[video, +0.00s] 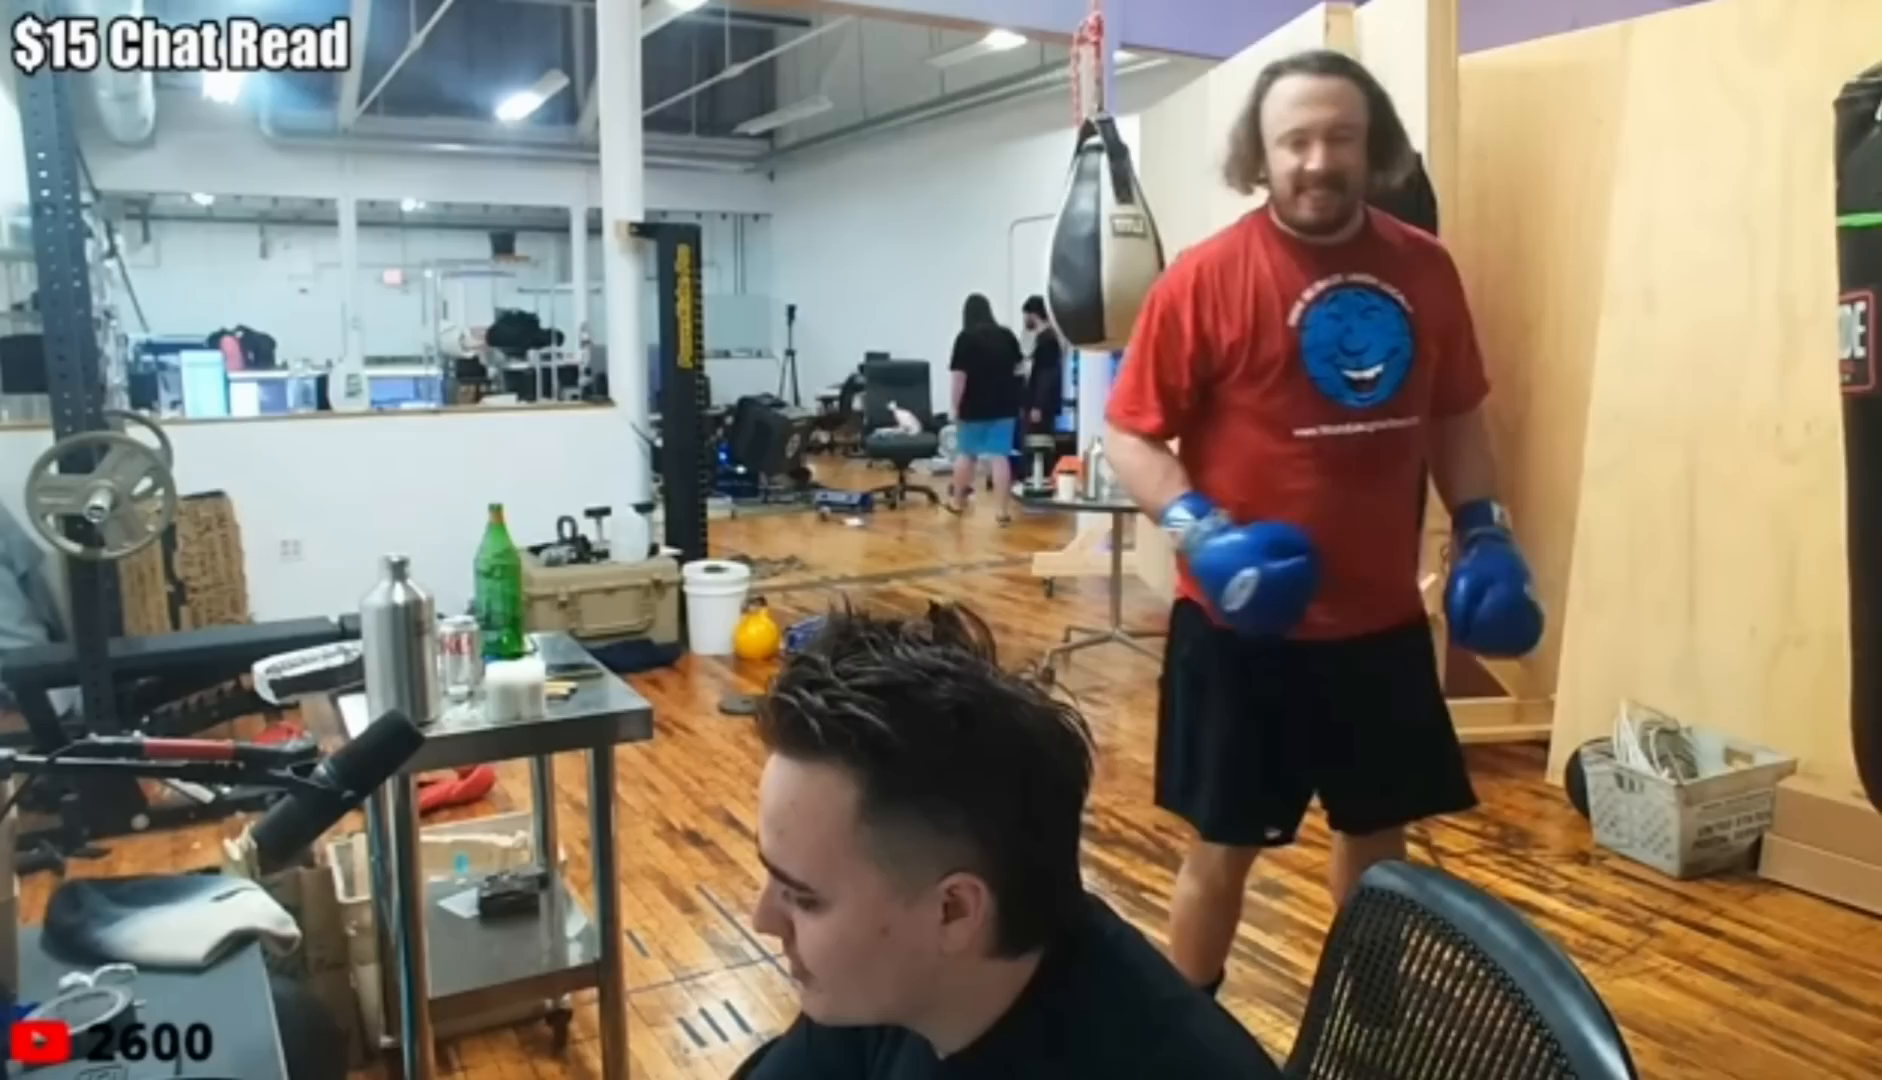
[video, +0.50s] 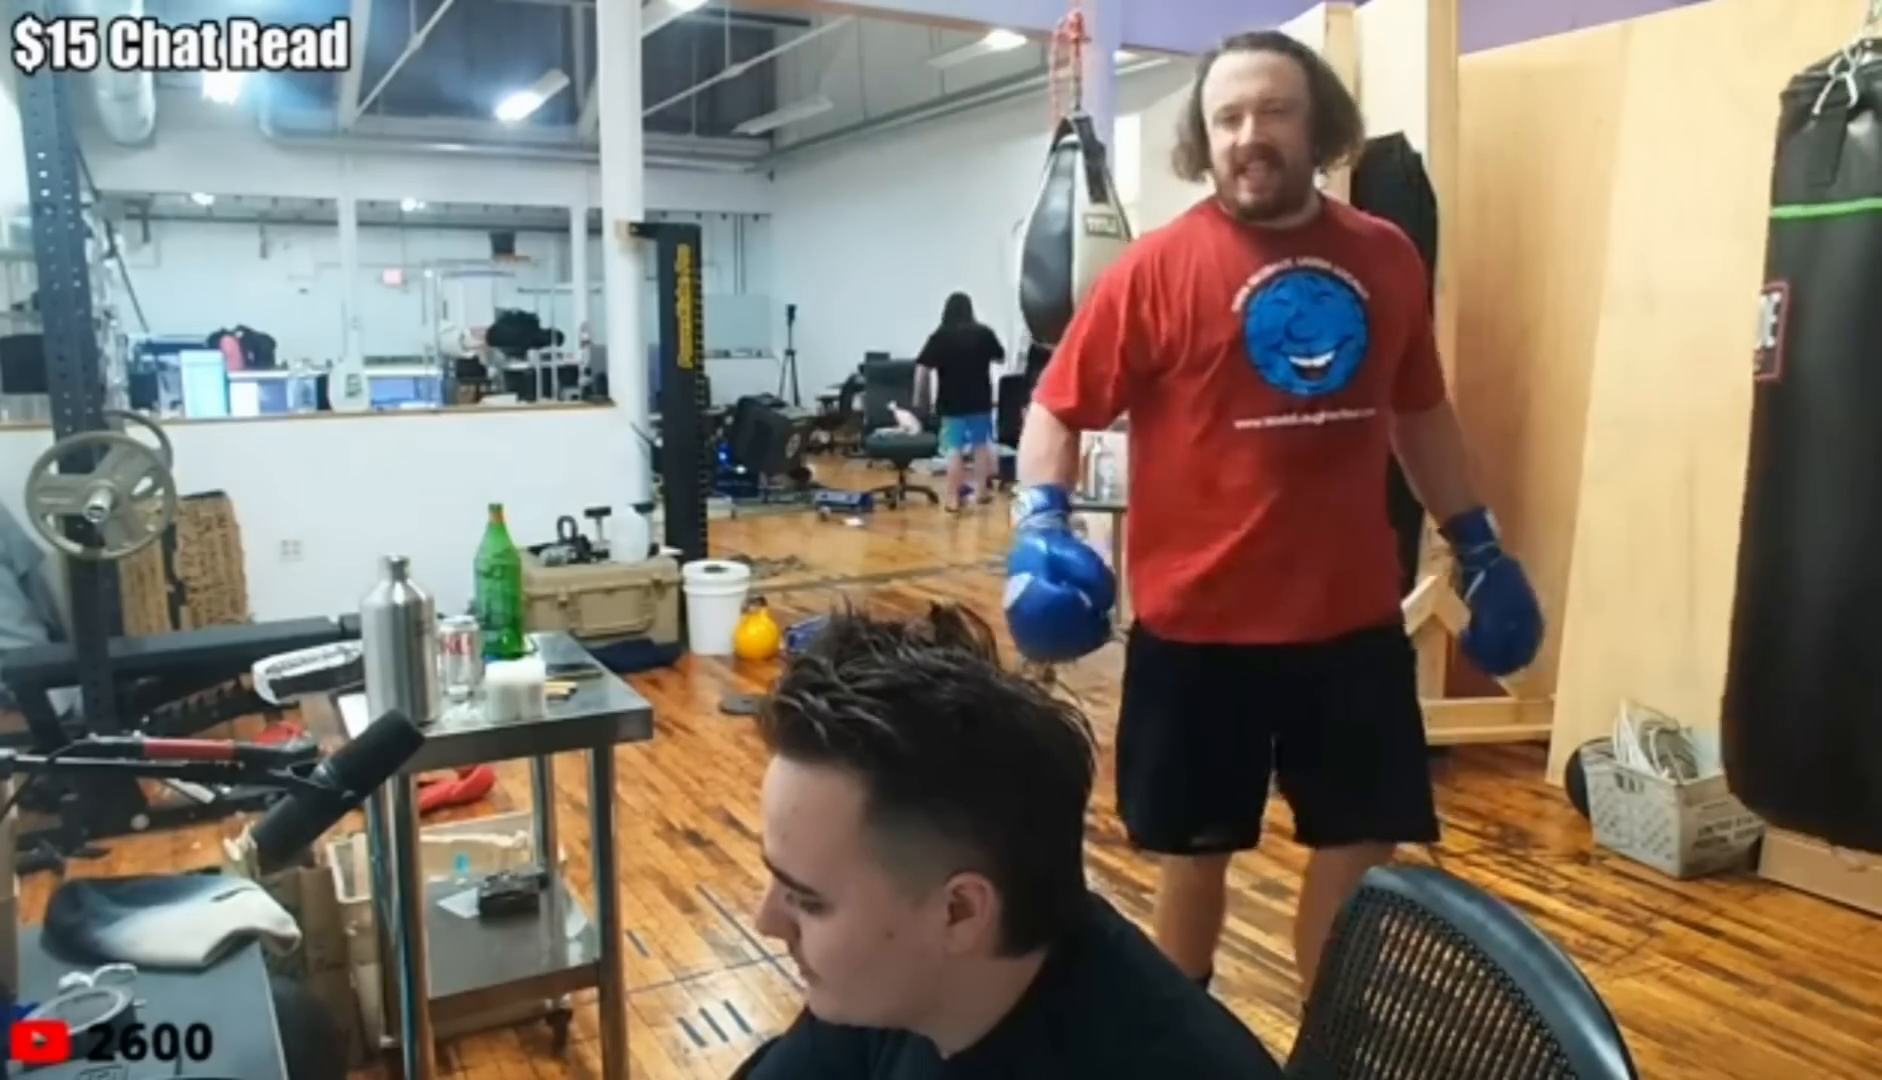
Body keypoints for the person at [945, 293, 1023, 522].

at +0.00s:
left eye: (966, 313)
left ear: (966, 313)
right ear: (989, 311)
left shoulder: (965, 338)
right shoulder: (1006, 335)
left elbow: (959, 376)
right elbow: (1018, 366)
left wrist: (955, 406)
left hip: (973, 407)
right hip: (1004, 406)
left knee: (966, 455)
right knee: (1000, 458)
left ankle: (958, 501)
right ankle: (1003, 510)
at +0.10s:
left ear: (958, 313)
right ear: (981, 311)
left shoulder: (957, 339)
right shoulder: (998, 336)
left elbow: (950, 378)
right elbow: (1010, 367)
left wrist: (946, 409)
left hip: (964, 408)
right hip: (995, 407)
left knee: (958, 458)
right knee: (995, 457)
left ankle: (955, 502)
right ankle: (1002, 508)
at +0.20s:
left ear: (952, 311)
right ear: (976, 310)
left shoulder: (950, 336)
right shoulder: (989, 331)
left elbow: (942, 373)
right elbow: (1005, 360)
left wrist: (939, 405)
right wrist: (987, 366)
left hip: (958, 404)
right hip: (986, 403)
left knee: (955, 455)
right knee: (991, 454)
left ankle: (954, 499)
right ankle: (994, 493)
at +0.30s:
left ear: (949, 310)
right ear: (972, 309)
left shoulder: (945, 336)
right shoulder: (986, 332)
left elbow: (933, 373)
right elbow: (1002, 359)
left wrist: (929, 406)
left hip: (955, 405)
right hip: (984, 403)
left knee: (955, 456)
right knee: (986, 450)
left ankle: (953, 501)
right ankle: (986, 484)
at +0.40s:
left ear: (947, 309)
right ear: (970, 308)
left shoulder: (940, 336)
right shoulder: (983, 332)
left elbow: (924, 371)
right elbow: (999, 359)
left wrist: (922, 404)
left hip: (951, 404)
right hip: (981, 402)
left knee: (954, 455)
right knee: (983, 450)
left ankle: (953, 500)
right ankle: (981, 494)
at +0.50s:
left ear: (947, 311)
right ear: (970, 310)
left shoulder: (940, 337)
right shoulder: (983, 333)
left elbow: (922, 368)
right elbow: (1000, 357)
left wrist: (920, 400)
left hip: (951, 404)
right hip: (980, 402)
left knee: (954, 455)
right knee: (982, 448)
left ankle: (953, 500)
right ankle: (982, 492)